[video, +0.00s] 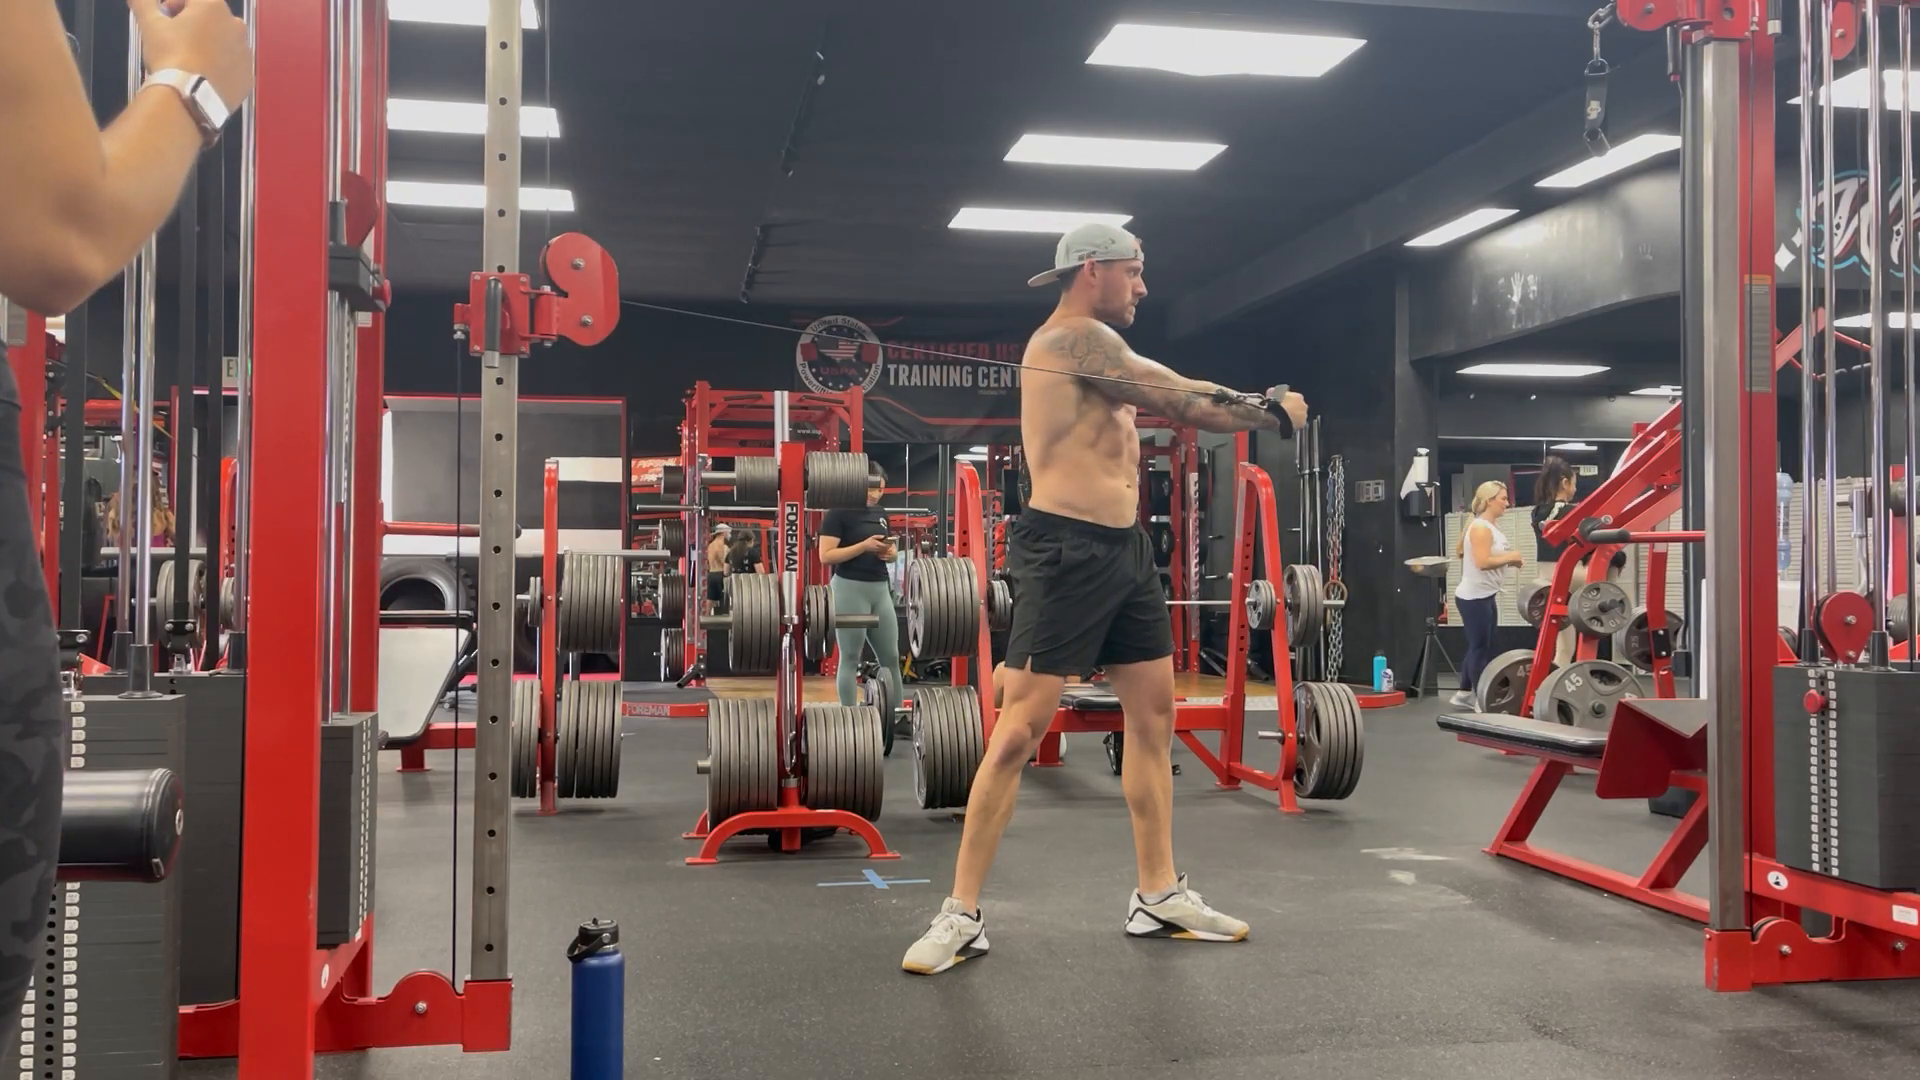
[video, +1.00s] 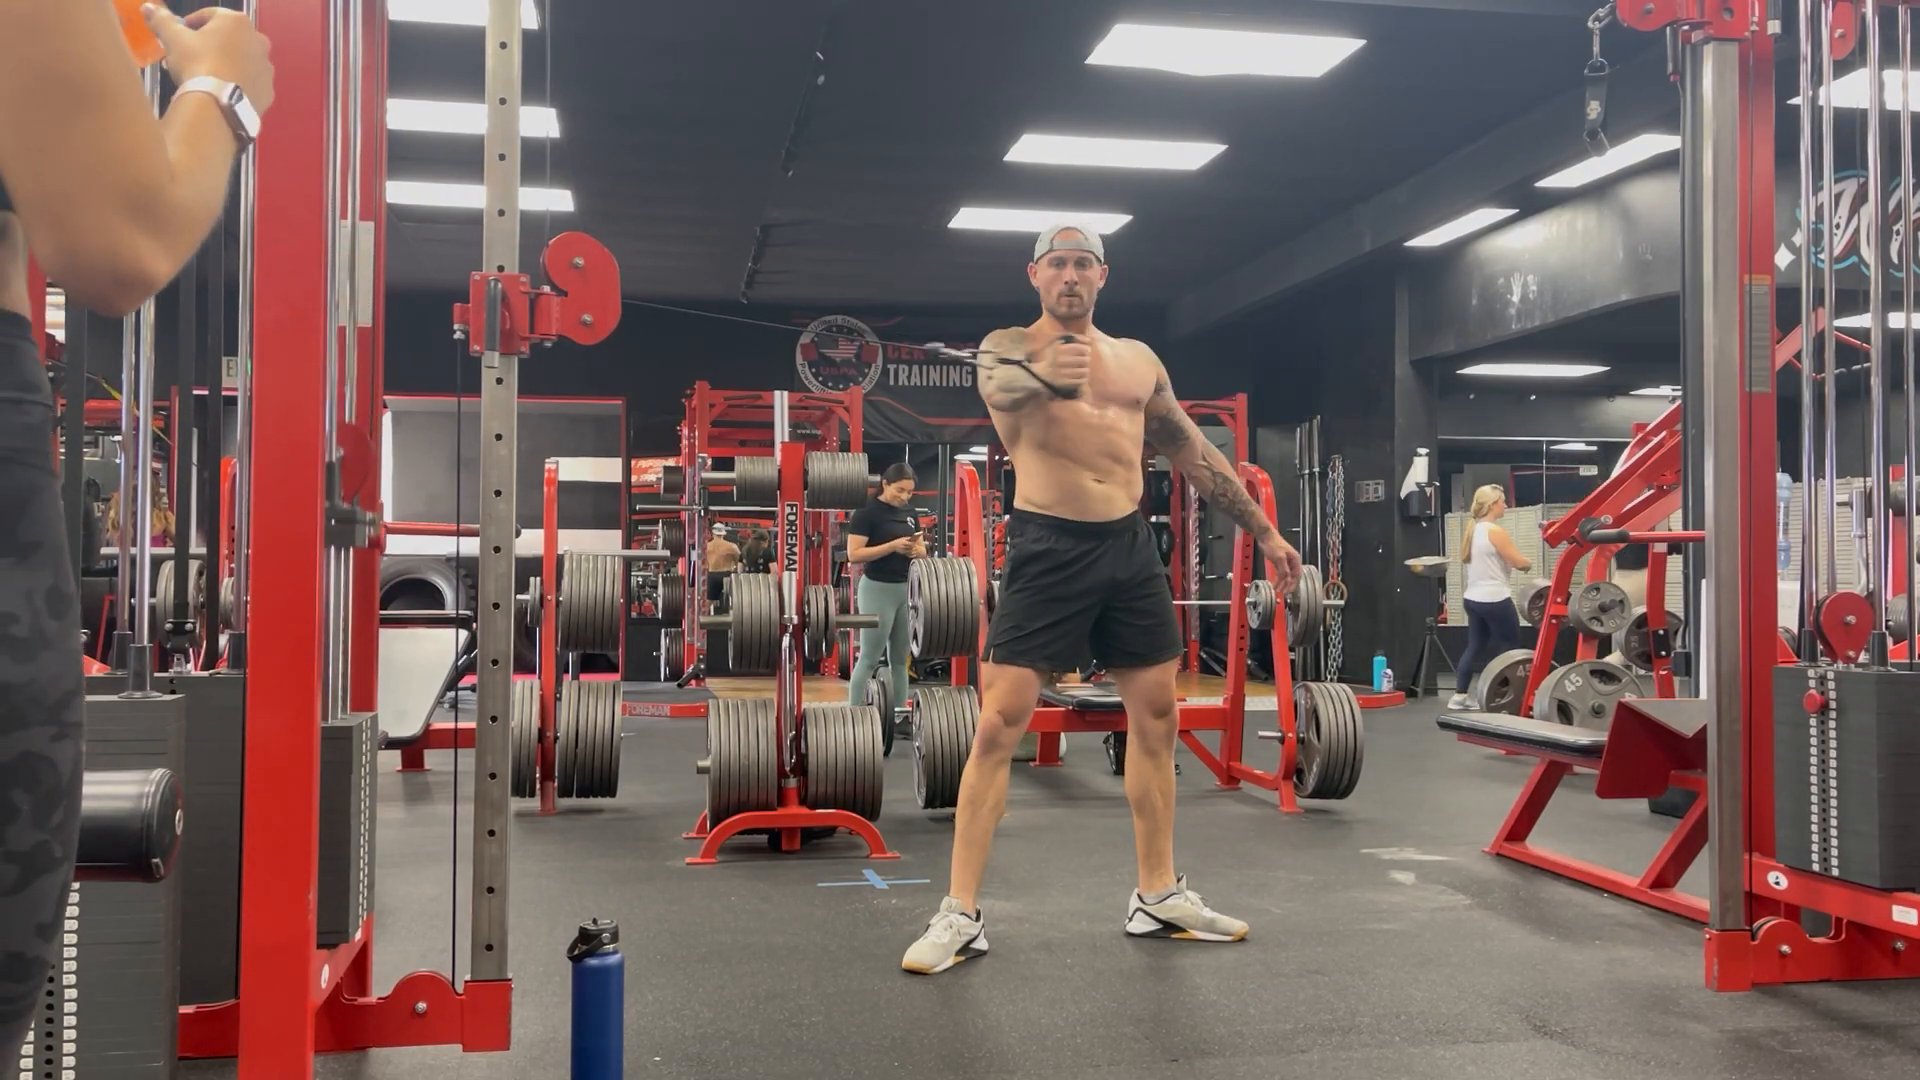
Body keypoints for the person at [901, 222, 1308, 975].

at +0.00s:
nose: (1142, 287)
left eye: (1141, 275)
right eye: (1133, 273)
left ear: (1093, 272)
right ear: (1093, 271)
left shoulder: (1100, 349)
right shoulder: (1070, 336)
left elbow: (1185, 404)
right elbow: (1165, 389)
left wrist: (1261, 408)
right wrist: (1263, 407)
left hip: (1126, 554)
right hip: (1061, 550)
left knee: (1153, 719)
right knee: (1014, 737)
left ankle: (1158, 895)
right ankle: (960, 912)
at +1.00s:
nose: (1072, 276)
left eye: (1084, 264)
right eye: (1059, 264)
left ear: (1103, 279)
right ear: (1035, 277)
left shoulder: (1140, 361)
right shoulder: (1007, 346)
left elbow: (1199, 456)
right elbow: (999, 388)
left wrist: (1267, 533)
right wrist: (1040, 377)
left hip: (1130, 550)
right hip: (1044, 550)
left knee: (1158, 716)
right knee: (998, 727)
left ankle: (1157, 894)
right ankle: (961, 910)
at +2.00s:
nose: (1112, 281)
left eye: (1119, 271)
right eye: (1097, 266)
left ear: (1119, 284)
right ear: (1055, 274)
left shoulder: (1121, 372)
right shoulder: (1024, 347)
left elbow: (1144, 474)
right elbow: (1110, 390)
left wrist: (1191, 552)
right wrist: (1248, 390)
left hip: (1124, 552)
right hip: (1046, 549)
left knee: (1152, 720)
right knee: (1000, 733)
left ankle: (1158, 894)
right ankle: (959, 910)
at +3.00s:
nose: (1106, 287)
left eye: (1116, 277)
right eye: (1092, 272)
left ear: (1120, 289)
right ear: (1053, 276)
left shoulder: (1116, 371)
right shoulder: (1027, 345)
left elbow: (1139, 472)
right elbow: (1116, 389)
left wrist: (1184, 546)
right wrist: (1255, 389)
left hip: (1126, 550)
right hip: (1050, 549)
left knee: (1151, 721)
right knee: (1005, 733)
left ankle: (1158, 894)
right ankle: (960, 910)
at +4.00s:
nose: (1052, 272)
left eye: (1067, 262)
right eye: (1042, 262)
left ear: (1098, 279)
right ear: (1029, 277)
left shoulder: (1143, 364)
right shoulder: (1001, 347)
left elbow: (1217, 456)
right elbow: (949, 385)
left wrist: (1296, 529)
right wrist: (926, 364)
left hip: (1122, 549)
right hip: (1033, 550)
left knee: (1161, 719)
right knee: (983, 724)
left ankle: (1159, 894)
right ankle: (959, 908)